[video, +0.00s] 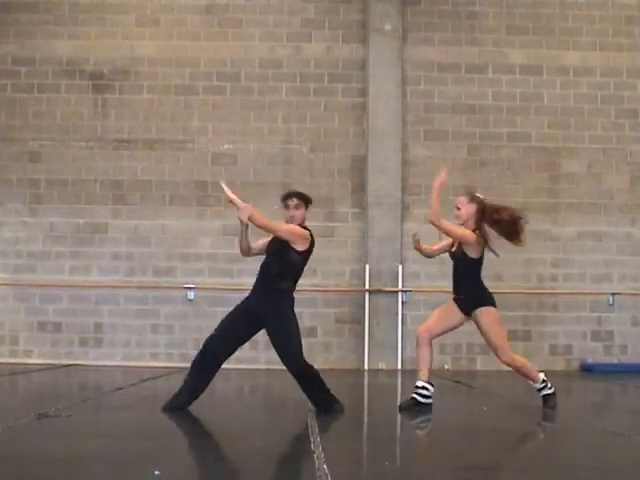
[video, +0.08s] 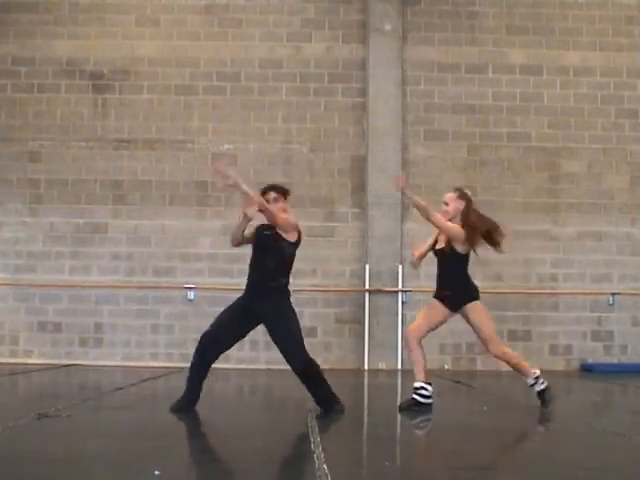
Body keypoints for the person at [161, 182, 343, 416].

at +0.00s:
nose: (292, 213)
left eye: (297, 208)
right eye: (288, 208)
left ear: (306, 212)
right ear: (284, 211)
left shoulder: (302, 236)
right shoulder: (279, 237)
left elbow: (265, 224)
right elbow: (246, 251)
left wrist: (240, 204)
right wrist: (244, 225)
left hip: (278, 309)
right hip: (254, 305)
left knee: (295, 363)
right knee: (214, 348)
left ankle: (329, 405)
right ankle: (182, 399)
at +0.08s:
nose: (270, 205)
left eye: (275, 200)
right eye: (266, 201)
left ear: (286, 203)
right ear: (262, 204)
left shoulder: (291, 228)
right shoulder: (260, 229)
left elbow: (264, 208)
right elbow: (236, 240)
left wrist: (238, 182)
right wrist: (245, 218)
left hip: (276, 305)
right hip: (250, 303)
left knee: (298, 359)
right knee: (208, 343)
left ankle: (331, 405)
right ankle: (189, 399)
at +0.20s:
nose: (230, 198)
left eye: (235, 193)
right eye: (225, 194)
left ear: (244, 195)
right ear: (220, 198)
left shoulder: (253, 216)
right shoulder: (216, 223)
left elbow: (280, 214)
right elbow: (214, 250)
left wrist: (306, 207)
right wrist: (247, 241)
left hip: (264, 295)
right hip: (233, 297)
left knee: (300, 346)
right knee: (205, 341)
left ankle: (335, 402)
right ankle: (201, 400)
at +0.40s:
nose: (204, 193)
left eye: (209, 187)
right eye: (200, 188)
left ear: (216, 191)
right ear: (193, 191)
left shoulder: (229, 219)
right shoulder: (180, 219)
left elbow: (241, 252)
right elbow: (164, 249)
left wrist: (254, 275)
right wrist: (170, 280)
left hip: (226, 288)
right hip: (197, 289)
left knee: (245, 330)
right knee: (188, 341)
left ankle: (241, 360)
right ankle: (198, 399)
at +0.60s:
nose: (222, 188)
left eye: (224, 183)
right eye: (219, 183)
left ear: (210, 185)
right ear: (202, 183)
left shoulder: (205, 209)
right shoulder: (182, 204)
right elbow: (141, 214)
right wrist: (105, 224)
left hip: (183, 281)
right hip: (168, 279)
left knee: (177, 336)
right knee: (174, 335)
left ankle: (152, 390)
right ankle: (133, 386)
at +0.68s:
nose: (218, 199)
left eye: (219, 194)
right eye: (215, 193)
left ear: (202, 194)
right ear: (199, 193)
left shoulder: (192, 214)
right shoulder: (187, 210)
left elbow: (175, 235)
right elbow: (171, 209)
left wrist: (160, 246)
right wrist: (158, 207)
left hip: (162, 287)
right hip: (155, 286)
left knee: (163, 344)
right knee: (154, 344)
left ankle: (133, 399)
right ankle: (96, 375)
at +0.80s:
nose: (202, 224)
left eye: (202, 219)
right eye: (200, 218)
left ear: (183, 215)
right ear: (186, 216)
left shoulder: (160, 226)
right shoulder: (183, 236)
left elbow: (145, 207)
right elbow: (221, 237)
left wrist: (131, 188)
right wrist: (253, 228)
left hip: (136, 303)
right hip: (139, 306)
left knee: (165, 349)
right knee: (96, 347)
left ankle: (135, 402)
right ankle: (34, 379)